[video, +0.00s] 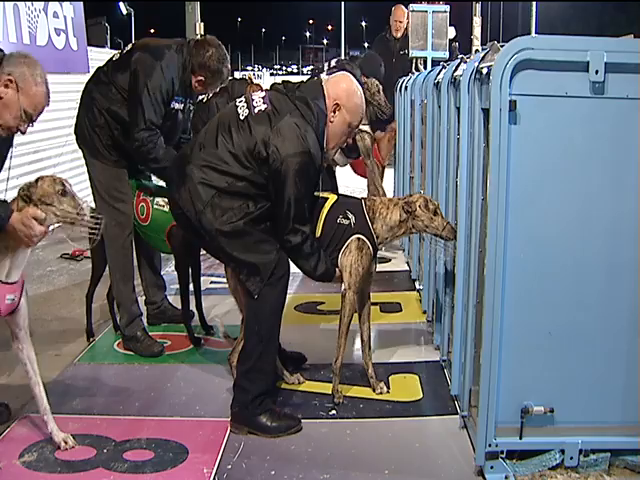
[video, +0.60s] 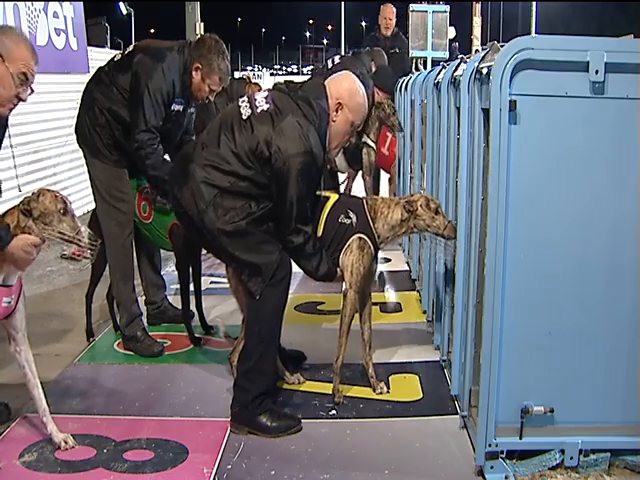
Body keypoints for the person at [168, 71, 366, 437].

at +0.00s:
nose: (348, 136)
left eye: (353, 128)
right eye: (350, 126)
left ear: (330, 104)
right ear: (333, 108)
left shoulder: (294, 106)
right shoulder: (297, 147)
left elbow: (317, 196)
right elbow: (292, 230)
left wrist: (339, 235)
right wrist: (331, 268)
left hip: (199, 180)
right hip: (206, 196)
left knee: (266, 265)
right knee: (272, 271)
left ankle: (265, 351)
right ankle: (251, 405)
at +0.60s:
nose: (350, 136)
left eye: (355, 128)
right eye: (352, 126)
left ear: (332, 103)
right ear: (335, 107)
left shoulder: (296, 108)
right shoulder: (300, 146)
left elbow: (311, 199)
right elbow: (294, 229)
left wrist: (341, 234)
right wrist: (331, 268)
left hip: (203, 179)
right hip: (209, 194)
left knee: (269, 265)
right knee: (273, 272)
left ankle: (264, 351)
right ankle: (251, 404)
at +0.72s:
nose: (352, 127)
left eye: (356, 119)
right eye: (353, 117)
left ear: (333, 94)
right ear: (336, 100)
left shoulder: (298, 95)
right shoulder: (302, 139)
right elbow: (296, 225)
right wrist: (336, 260)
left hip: (204, 178)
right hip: (212, 195)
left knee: (270, 266)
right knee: (276, 275)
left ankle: (265, 351)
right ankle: (251, 404)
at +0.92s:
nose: (356, 98)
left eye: (361, 89)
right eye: (358, 87)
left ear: (337, 66)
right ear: (340, 71)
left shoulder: (299, 74)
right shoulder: (311, 111)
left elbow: (305, 174)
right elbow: (306, 195)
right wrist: (336, 242)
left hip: (213, 165)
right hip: (221, 181)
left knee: (276, 267)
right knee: (277, 274)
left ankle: (266, 355)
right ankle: (250, 405)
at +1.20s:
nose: (368, 59)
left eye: (371, 51)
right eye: (368, 49)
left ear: (342, 29)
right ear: (349, 34)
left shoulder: (307, 47)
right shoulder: (324, 76)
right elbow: (330, 166)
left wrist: (367, 130)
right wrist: (360, 213)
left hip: (223, 143)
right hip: (241, 157)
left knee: (291, 241)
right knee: (314, 248)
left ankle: (263, 345)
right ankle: (309, 386)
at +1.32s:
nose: (384, 59)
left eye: (387, 51)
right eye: (384, 49)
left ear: (357, 31)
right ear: (363, 33)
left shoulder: (319, 50)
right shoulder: (341, 83)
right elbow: (349, 168)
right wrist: (377, 214)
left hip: (242, 159)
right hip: (267, 170)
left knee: (295, 251)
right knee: (325, 262)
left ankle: (263, 347)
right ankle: (354, 386)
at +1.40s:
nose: (395, 63)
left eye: (398, 54)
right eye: (394, 51)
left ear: (367, 33)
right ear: (374, 35)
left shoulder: (325, 51)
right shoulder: (353, 84)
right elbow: (361, 170)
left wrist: (378, 120)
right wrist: (389, 217)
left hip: (252, 167)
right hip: (283, 176)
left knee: (299, 255)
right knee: (341, 263)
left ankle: (263, 348)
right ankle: (355, 386)